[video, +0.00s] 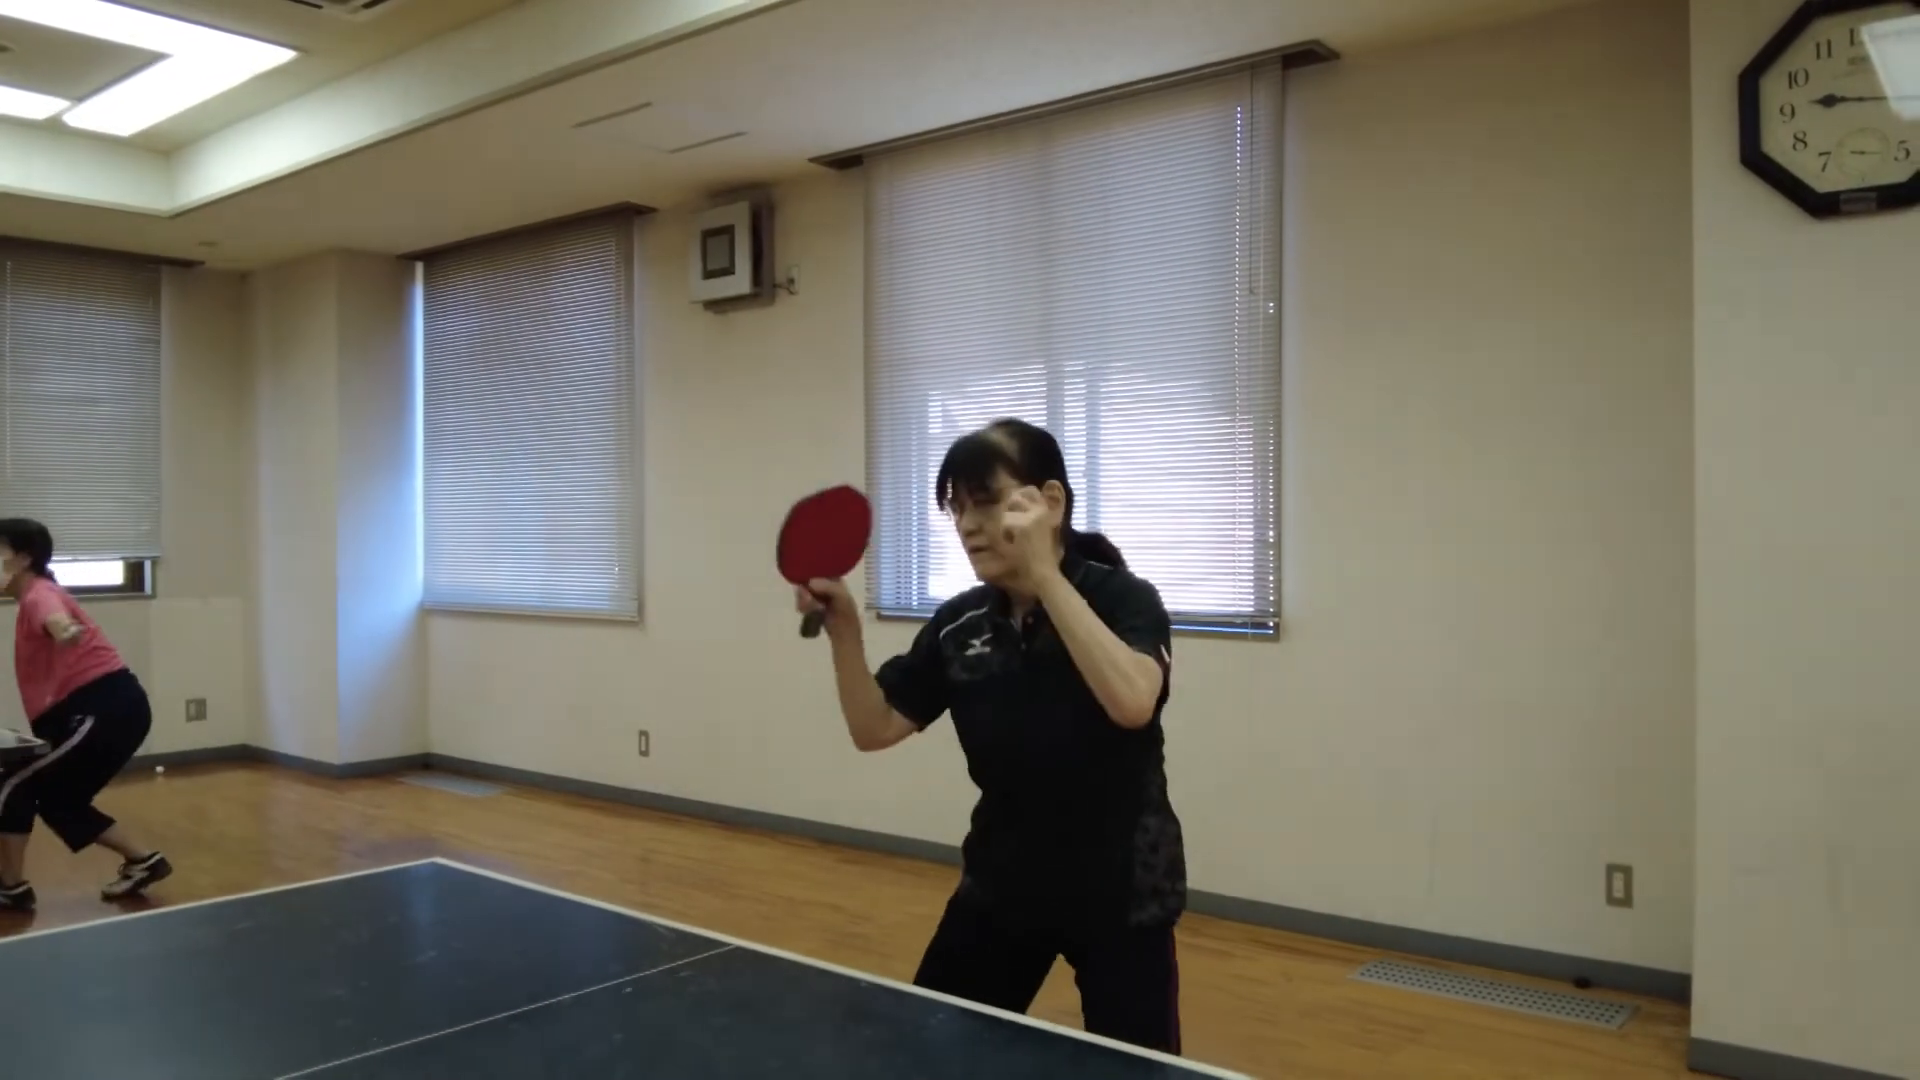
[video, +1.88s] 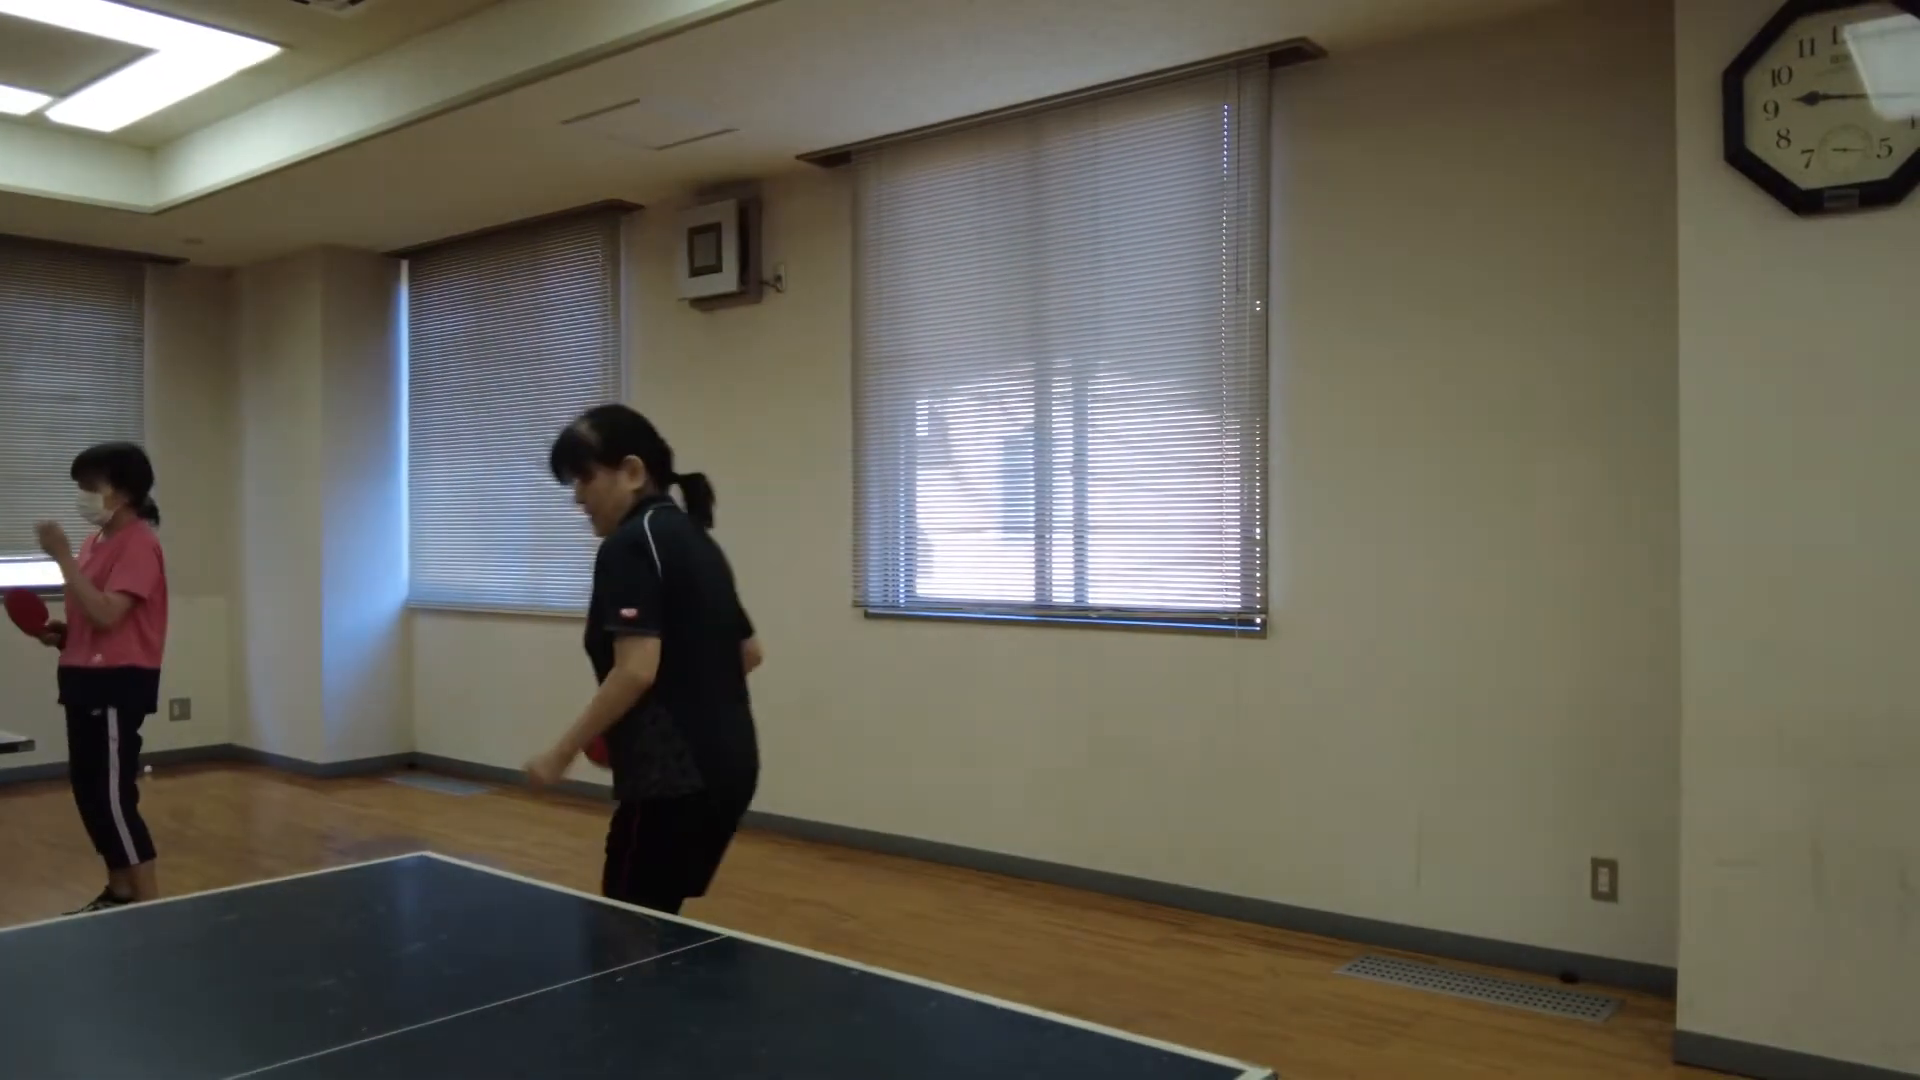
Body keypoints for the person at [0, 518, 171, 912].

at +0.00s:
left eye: (2, 554)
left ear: (24, 558)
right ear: (25, 559)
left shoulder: (40, 594)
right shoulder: (38, 595)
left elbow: (54, 615)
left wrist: (66, 630)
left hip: (103, 707)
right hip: (122, 707)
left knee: (14, 786)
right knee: (59, 798)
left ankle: (11, 884)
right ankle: (141, 858)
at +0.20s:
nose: (19, 545)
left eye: (25, 534)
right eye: (17, 536)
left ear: (55, 537)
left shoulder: (71, 579)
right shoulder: (56, 592)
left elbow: (106, 610)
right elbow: (71, 666)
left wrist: (128, 635)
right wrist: (35, 715)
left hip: (127, 696)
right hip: (114, 699)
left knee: (50, 780)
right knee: (89, 789)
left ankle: (16, 884)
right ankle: (149, 869)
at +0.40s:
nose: (38, 536)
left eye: (43, 525)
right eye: (36, 527)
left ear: (72, 526)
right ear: (67, 529)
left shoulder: (95, 569)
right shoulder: (71, 584)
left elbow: (141, 610)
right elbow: (87, 660)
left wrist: (167, 649)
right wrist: (50, 702)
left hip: (142, 687)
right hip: (117, 693)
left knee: (63, 775)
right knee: (103, 783)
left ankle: (63, 887)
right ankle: (152, 872)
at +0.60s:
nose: (53, 527)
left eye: (58, 517)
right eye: (51, 518)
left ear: (86, 518)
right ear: (80, 521)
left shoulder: (104, 566)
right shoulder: (86, 573)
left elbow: (155, 618)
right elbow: (101, 648)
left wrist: (148, 676)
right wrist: (59, 680)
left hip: (145, 691)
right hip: (130, 692)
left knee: (89, 787)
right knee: (110, 785)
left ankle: (134, 890)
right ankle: (152, 873)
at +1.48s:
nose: (70, 499)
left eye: (77, 489)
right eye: (69, 490)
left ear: (107, 490)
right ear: (96, 493)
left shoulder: (129, 545)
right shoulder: (91, 542)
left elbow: (151, 632)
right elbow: (104, 622)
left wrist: (78, 664)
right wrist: (62, 637)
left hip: (136, 694)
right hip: (104, 691)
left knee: (118, 805)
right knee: (101, 803)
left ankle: (151, 909)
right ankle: (125, 892)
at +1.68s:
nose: (72, 496)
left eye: (81, 487)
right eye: (72, 487)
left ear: (111, 490)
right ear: (98, 492)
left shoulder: (133, 543)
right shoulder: (95, 543)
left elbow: (146, 626)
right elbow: (93, 628)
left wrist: (65, 621)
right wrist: (50, 627)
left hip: (126, 688)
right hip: (94, 685)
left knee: (113, 802)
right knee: (95, 797)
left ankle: (151, 907)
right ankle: (123, 892)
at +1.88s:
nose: (81, 498)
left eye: (90, 488)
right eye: (80, 488)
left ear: (120, 490)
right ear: (103, 493)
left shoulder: (140, 542)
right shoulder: (98, 542)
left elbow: (109, 613)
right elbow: (96, 621)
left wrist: (64, 557)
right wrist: (64, 634)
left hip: (120, 684)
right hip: (87, 682)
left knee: (114, 797)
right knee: (89, 793)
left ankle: (150, 905)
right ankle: (122, 891)